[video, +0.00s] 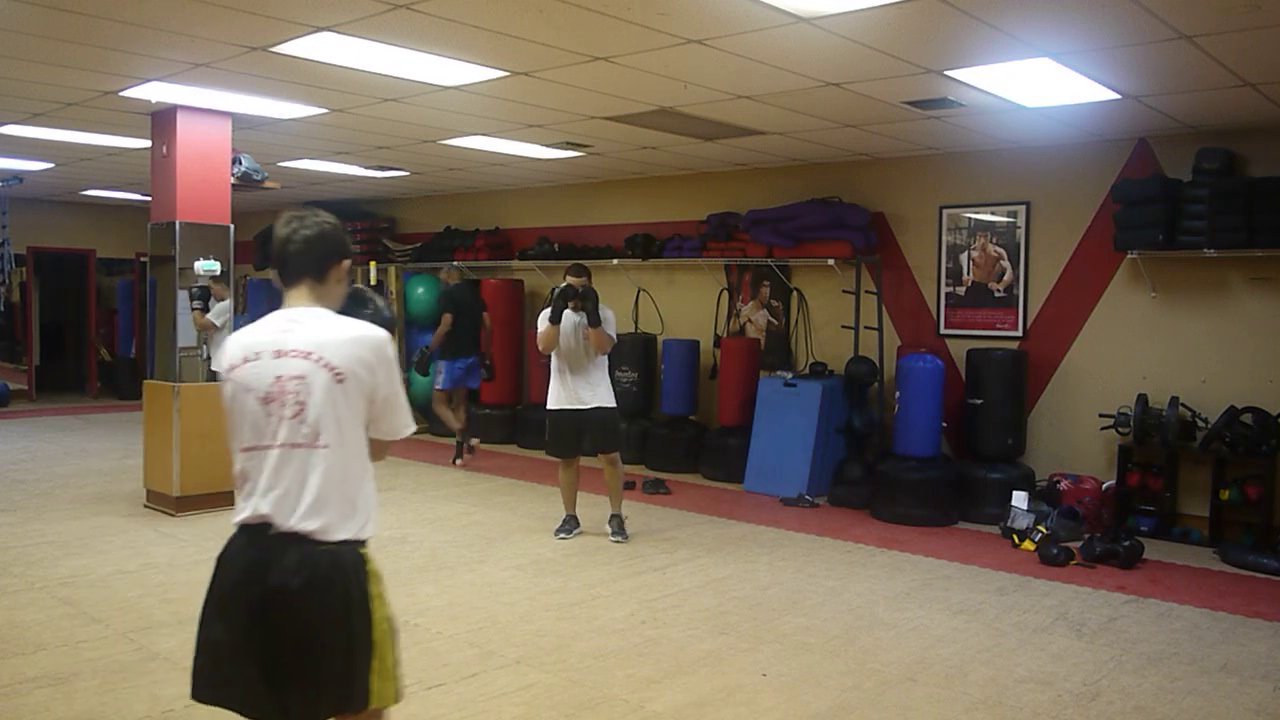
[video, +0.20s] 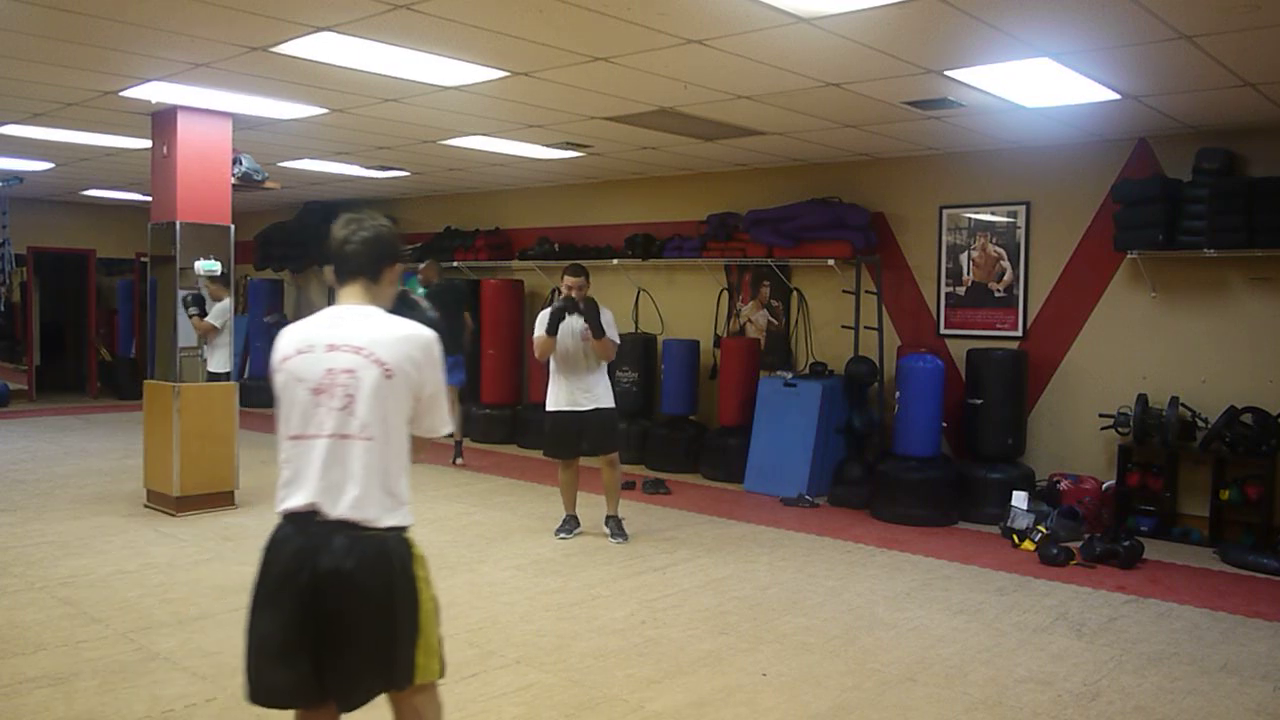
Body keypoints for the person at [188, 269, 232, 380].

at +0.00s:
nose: (211, 293)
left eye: (212, 289)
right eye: (210, 289)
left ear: (221, 286)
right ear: (222, 287)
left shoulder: (225, 305)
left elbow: (201, 325)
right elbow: (207, 324)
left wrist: (196, 303)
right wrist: (204, 303)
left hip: (220, 365)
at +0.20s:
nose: (207, 291)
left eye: (208, 287)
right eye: (207, 288)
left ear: (218, 286)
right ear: (219, 286)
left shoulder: (224, 306)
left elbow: (202, 329)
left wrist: (192, 311)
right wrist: (202, 313)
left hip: (220, 369)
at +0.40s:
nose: (199, 295)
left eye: (199, 290)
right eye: (197, 291)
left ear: (207, 289)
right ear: (208, 288)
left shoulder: (216, 306)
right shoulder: (225, 303)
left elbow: (205, 335)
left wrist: (190, 322)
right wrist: (201, 319)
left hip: (214, 371)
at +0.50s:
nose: (192, 295)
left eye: (193, 290)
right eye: (192, 291)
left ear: (201, 289)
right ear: (206, 288)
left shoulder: (209, 307)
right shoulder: (224, 304)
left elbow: (197, 334)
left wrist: (185, 319)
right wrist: (195, 315)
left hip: (210, 370)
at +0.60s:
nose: (186, 296)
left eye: (187, 291)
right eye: (185, 292)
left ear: (194, 289)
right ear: (202, 289)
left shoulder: (200, 308)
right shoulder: (217, 305)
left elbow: (186, 332)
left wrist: (178, 324)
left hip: (205, 371)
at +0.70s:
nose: (177, 296)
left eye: (178, 291)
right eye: (177, 291)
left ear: (186, 290)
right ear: (195, 289)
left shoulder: (192, 308)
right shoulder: (207, 305)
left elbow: (180, 332)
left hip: (198, 371)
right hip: (214, 368)